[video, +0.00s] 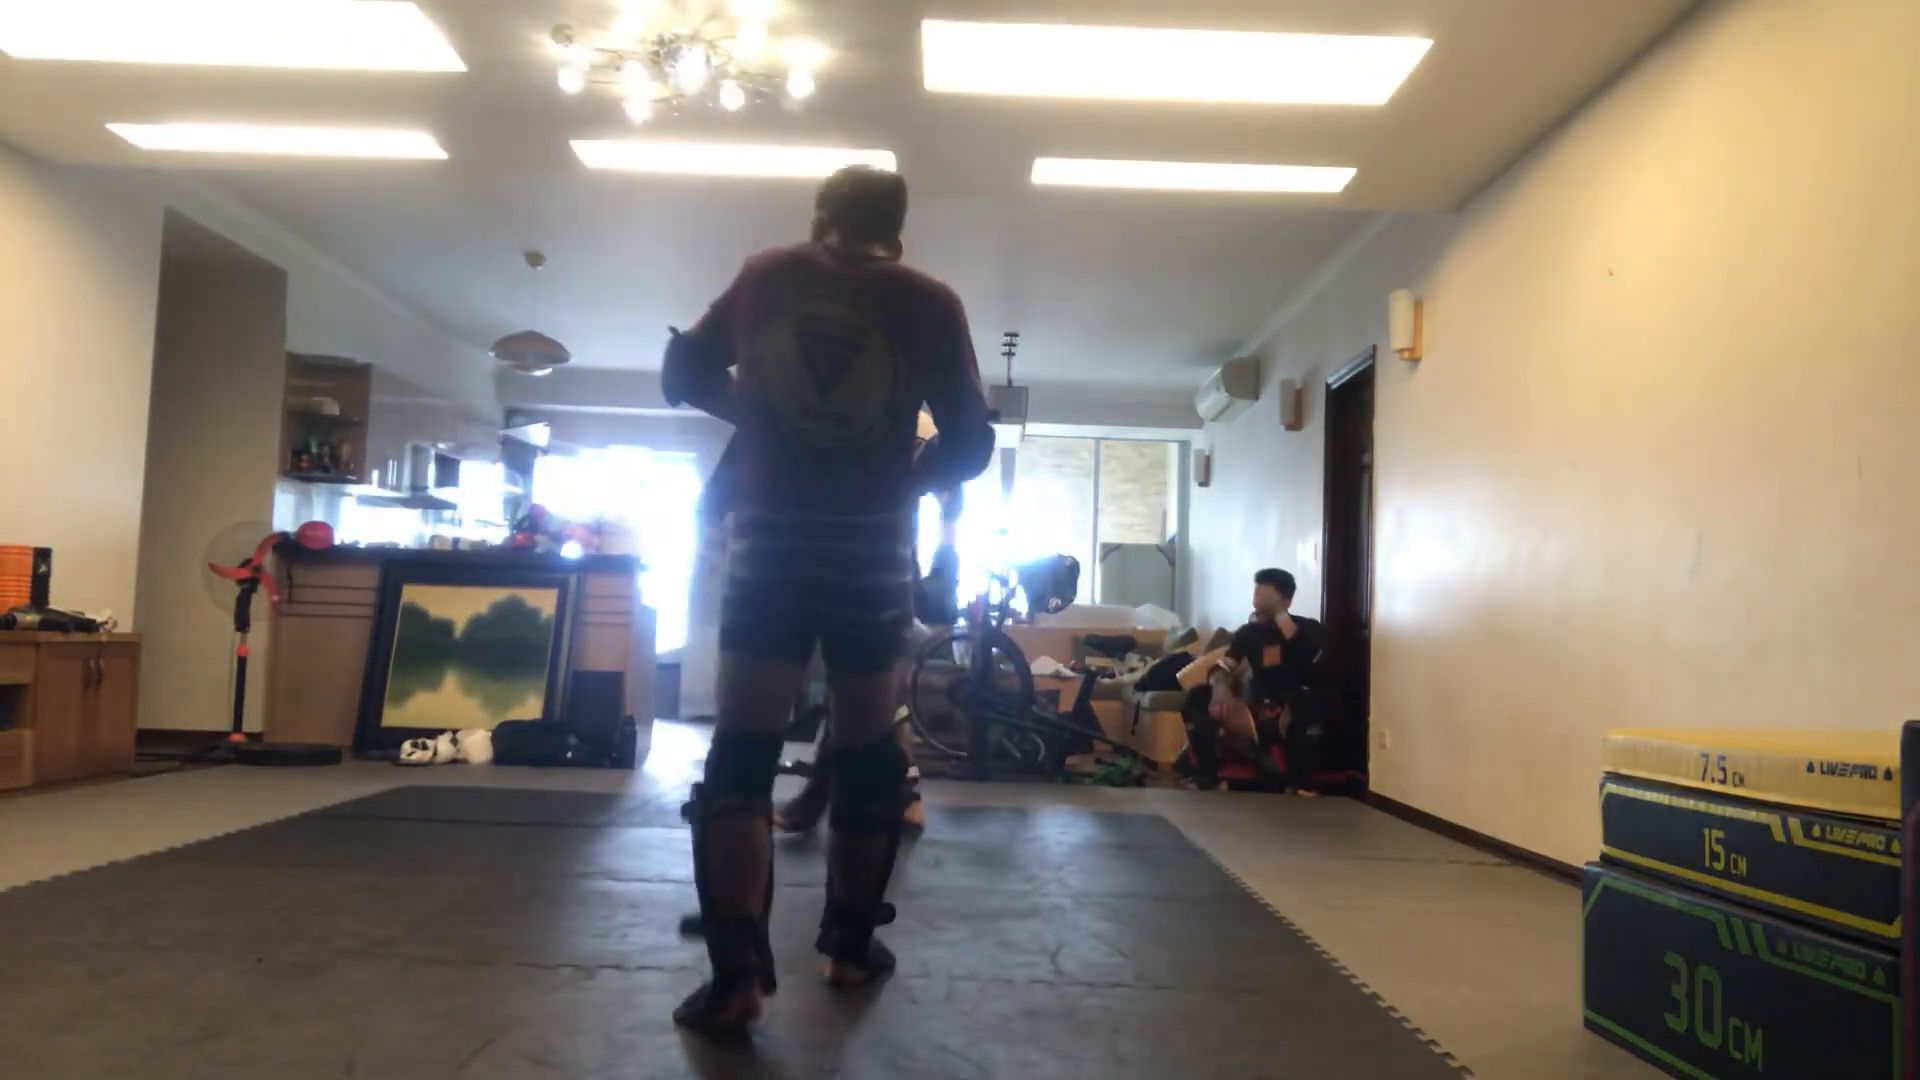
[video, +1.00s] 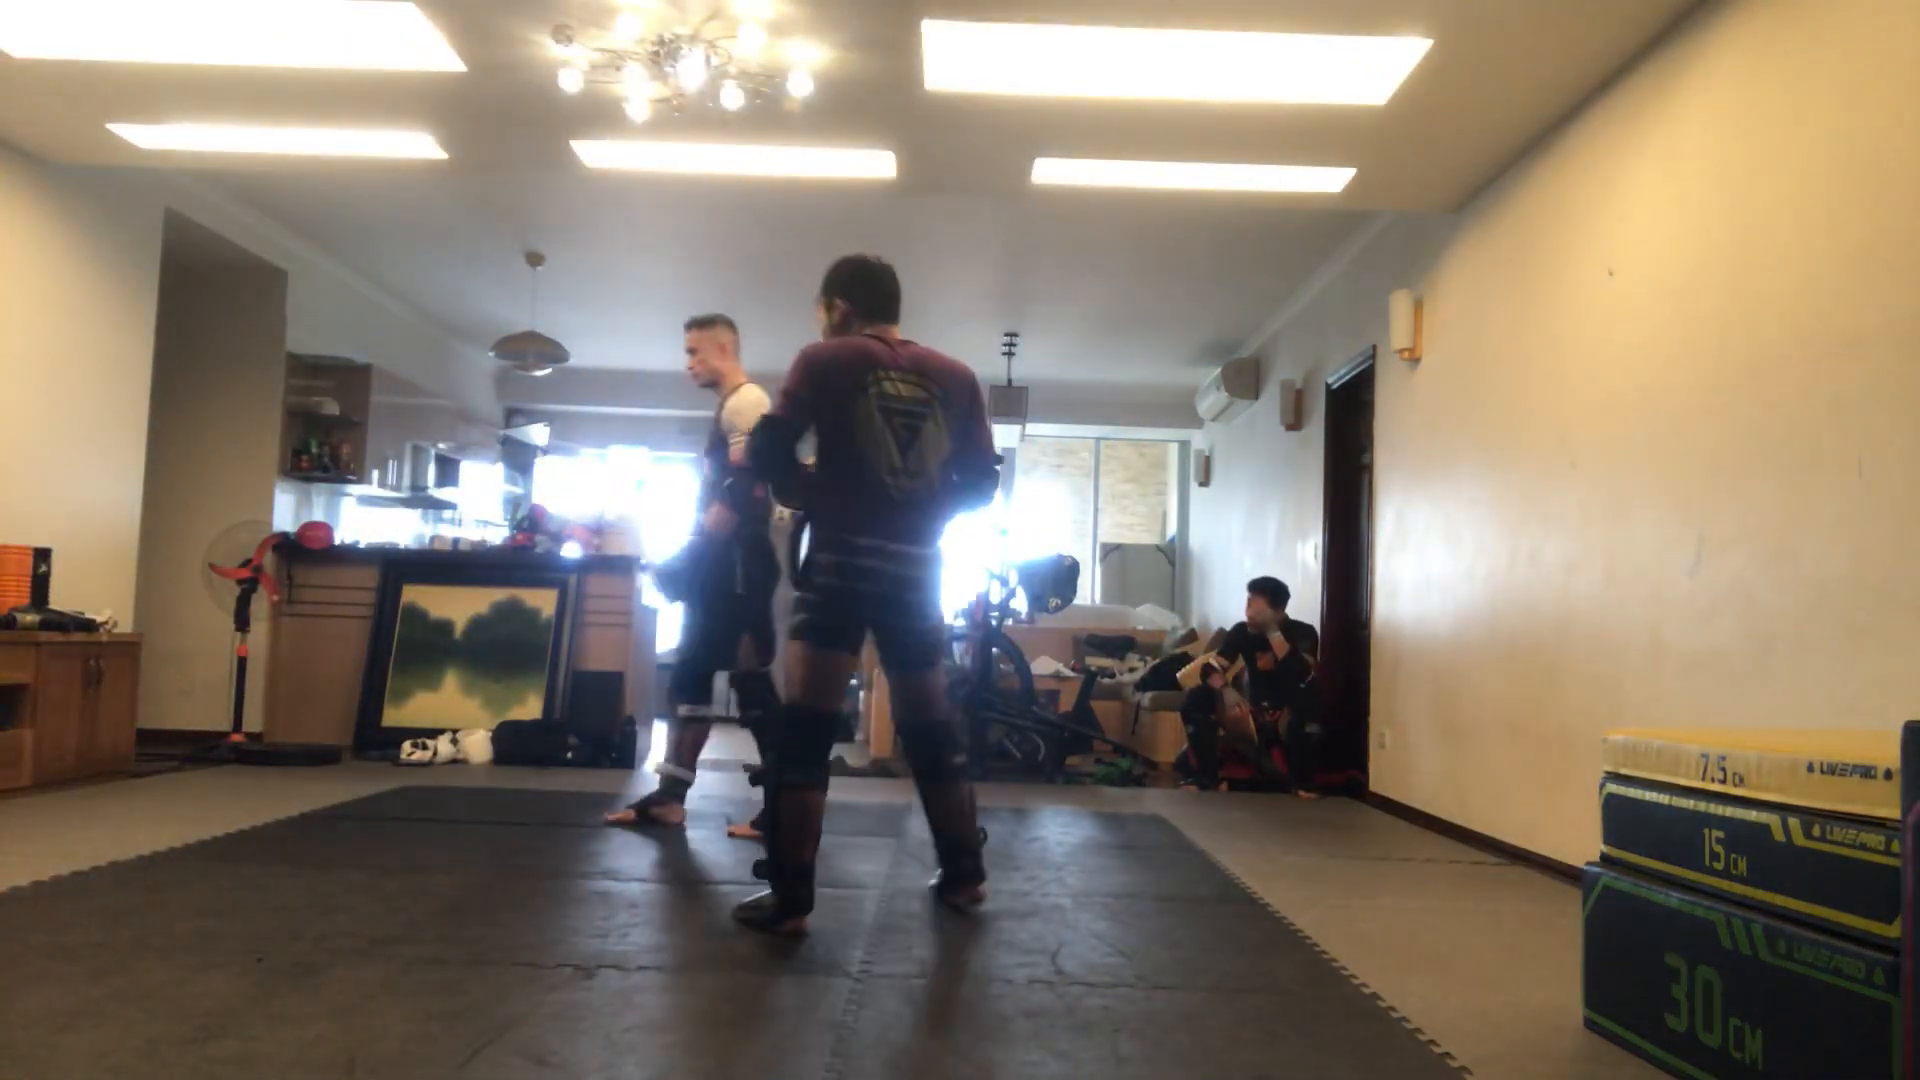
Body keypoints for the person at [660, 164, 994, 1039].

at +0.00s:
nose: (845, 243)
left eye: (826, 223)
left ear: (820, 220)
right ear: (897, 235)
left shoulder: (768, 272)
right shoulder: (931, 302)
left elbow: (684, 372)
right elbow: (972, 442)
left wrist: (763, 413)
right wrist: (898, 475)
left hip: (768, 551)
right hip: (871, 557)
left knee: (741, 752)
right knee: (868, 751)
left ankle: (739, 973)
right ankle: (848, 946)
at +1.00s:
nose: (821, 324)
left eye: (822, 315)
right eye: (821, 316)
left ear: (839, 310)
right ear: (894, 311)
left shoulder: (822, 361)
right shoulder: (957, 377)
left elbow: (768, 454)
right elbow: (980, 480)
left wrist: (813, 496)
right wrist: (919, 507)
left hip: (837, 567)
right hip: (913, 573)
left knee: (807, 726)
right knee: (930, 725)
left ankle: (791, 898)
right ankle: (963, 877)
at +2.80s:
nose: (921, 364)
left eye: (928, 348)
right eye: (912, 350)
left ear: (967, 333)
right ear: (908, 343)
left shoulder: (1005, 385)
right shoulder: (922, 395)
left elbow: (976, 487)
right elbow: (893, 476)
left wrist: (914, 532)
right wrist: (878, 510)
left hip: (977, 579)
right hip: (919, 580)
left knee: (974, 730)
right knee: (891, 725)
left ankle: (1015, 892)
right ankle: (896, 867)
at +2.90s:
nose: (928, 363)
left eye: (937, 347)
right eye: (919, 349)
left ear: (975, 333)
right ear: (914, 341)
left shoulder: (1012, 387)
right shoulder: (928, 394)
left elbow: (980, 489)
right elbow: (898, 475)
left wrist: (919, 529)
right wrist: (886, 514)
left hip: (983, 579)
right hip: (926, 580)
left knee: (980, 731)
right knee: (892, 725)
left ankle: (1016, 893)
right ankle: (896, 868)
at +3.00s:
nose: (933, 362)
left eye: (940, 346)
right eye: (926, 349)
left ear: (980, 334)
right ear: (928, 342)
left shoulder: (1016, 387)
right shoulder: (936, 396)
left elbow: (988, 485)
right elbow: (907, 473)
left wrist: (924, 537)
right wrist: (885, 515)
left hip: (991, 578)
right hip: (935, 579)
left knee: (985, 733)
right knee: (893, 727)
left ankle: (1017, 893)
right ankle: (897, 868)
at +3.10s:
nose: (939, 362)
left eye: (947, 346)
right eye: (933, 349)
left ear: (988, 333)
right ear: (934, 341)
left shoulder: (1024, 387)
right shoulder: (944, 396)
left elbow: (994, 486)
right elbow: (913, 476)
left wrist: (926, 536)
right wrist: (893, 515)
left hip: (997, 578)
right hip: (942, 578)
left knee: (989, 734)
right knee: (896, 726)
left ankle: (1017, 893)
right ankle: (897, 868)